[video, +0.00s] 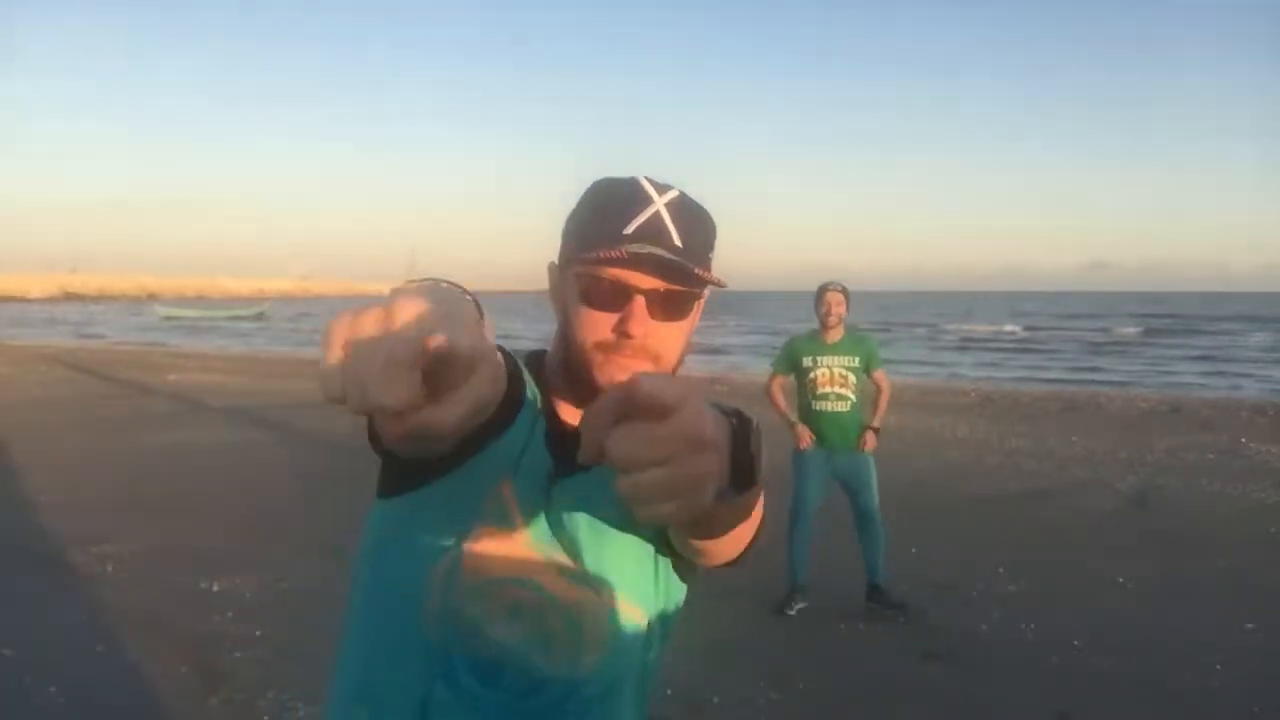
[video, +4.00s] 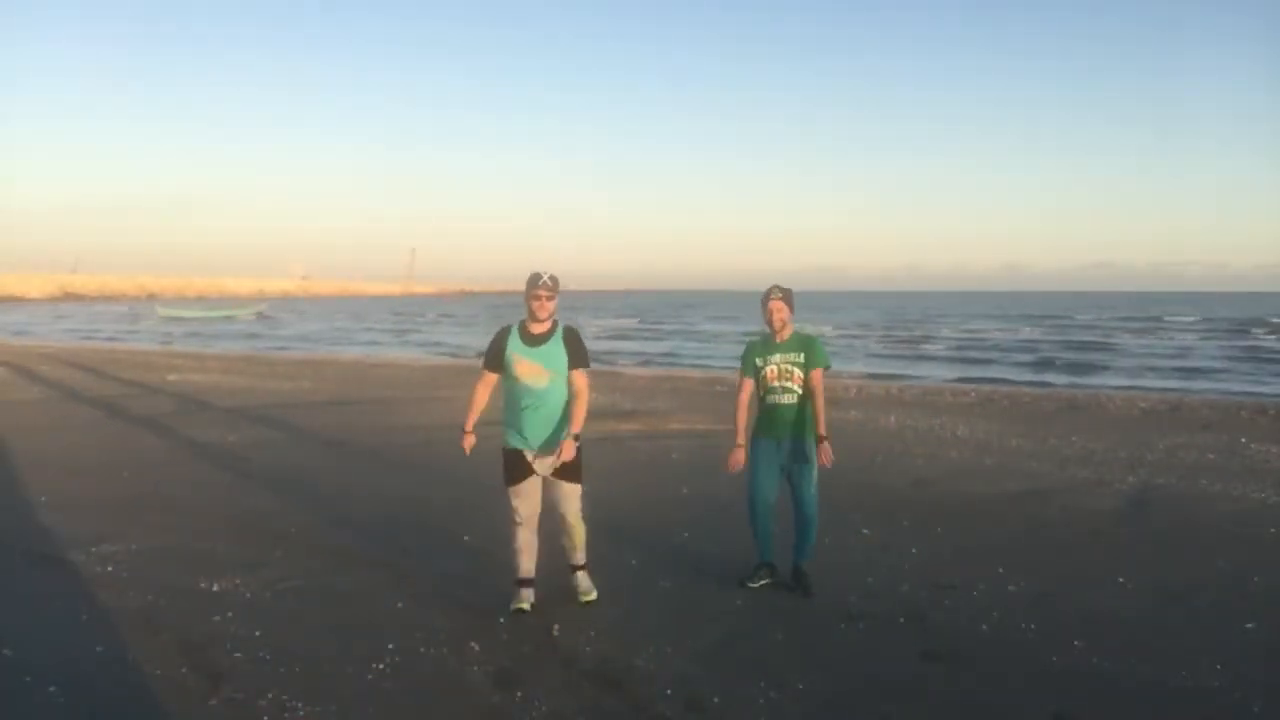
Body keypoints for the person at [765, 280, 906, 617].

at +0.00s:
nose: (831, 310)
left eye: (837, 304)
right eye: (826, 304)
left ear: (846, 310)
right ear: (817, 309)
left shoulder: (863, 346)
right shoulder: (798, 346)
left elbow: (884, 386)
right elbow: (774, 385)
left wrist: (874, 427)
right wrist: (794, 424)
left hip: (855, 449)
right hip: (813, 449)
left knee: (870, 514)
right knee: (802, 515)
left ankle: (876, 587)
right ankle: (797, 590)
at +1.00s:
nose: (801, 315)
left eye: (803, 309)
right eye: (794, 310)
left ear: (804, 312)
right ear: (778, 312)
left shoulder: (818, 346)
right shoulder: (755, 351)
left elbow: (836, 389)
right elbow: (744, 399)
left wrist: (838, 414)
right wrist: (760, 411)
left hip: (817, 444)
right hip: (778, 445)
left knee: (825, 512)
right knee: (768, 512)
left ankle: (830, 583)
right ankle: (760, 576)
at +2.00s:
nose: (769, 311)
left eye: (775, 305)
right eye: (764, 305)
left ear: (783, 310)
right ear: (756, 310)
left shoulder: (799, 345)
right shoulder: (742, 347)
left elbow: (816, 387)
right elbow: (731, 392)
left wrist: (808, 408)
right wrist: (756, 410)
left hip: (791, 434)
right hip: (755, 434)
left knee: (796, 501)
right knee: (743, 498)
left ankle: (798, 564)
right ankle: (734, 561)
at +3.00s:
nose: (749, 317)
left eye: (754, 311)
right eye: (744, 311)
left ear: (761, 314)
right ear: (735, 313)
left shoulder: (774, 344)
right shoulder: (719, 345)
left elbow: (795, 385)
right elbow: (698, 385)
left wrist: (791, 427)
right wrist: (703, 426)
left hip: (766, 435)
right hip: (728, 436)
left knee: (781, 499)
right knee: (723, 499)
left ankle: (787, 562)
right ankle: (731, 560)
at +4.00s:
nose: (774, 316)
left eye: (779, 310)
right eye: (769, 311)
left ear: (790, 312)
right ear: (764, 316)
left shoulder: (810, 345)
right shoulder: (755, 348)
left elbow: (817, 390)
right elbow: (744, 396)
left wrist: (821, 436)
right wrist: (740, 443)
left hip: (802, 437)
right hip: (766, 437)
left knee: (807, 505)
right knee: (760, 500)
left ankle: (800, 568)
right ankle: (765, 566)